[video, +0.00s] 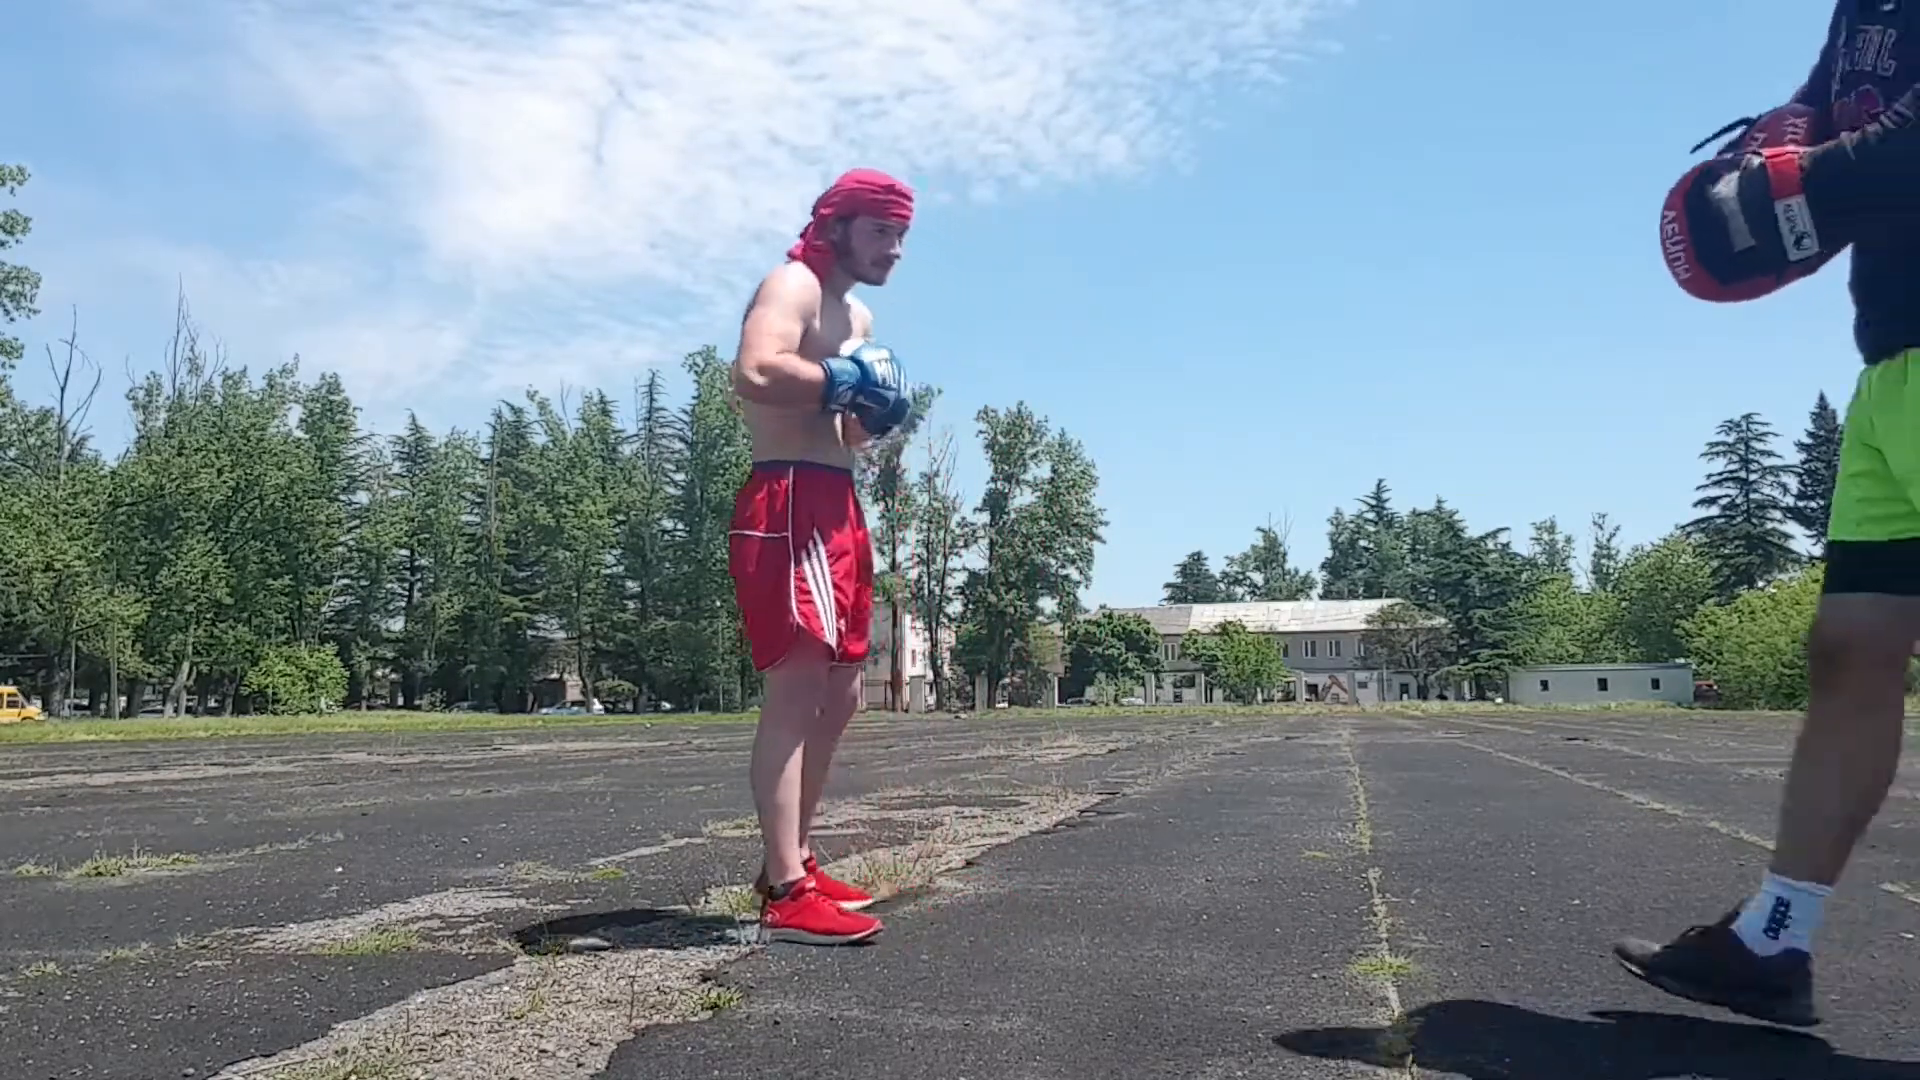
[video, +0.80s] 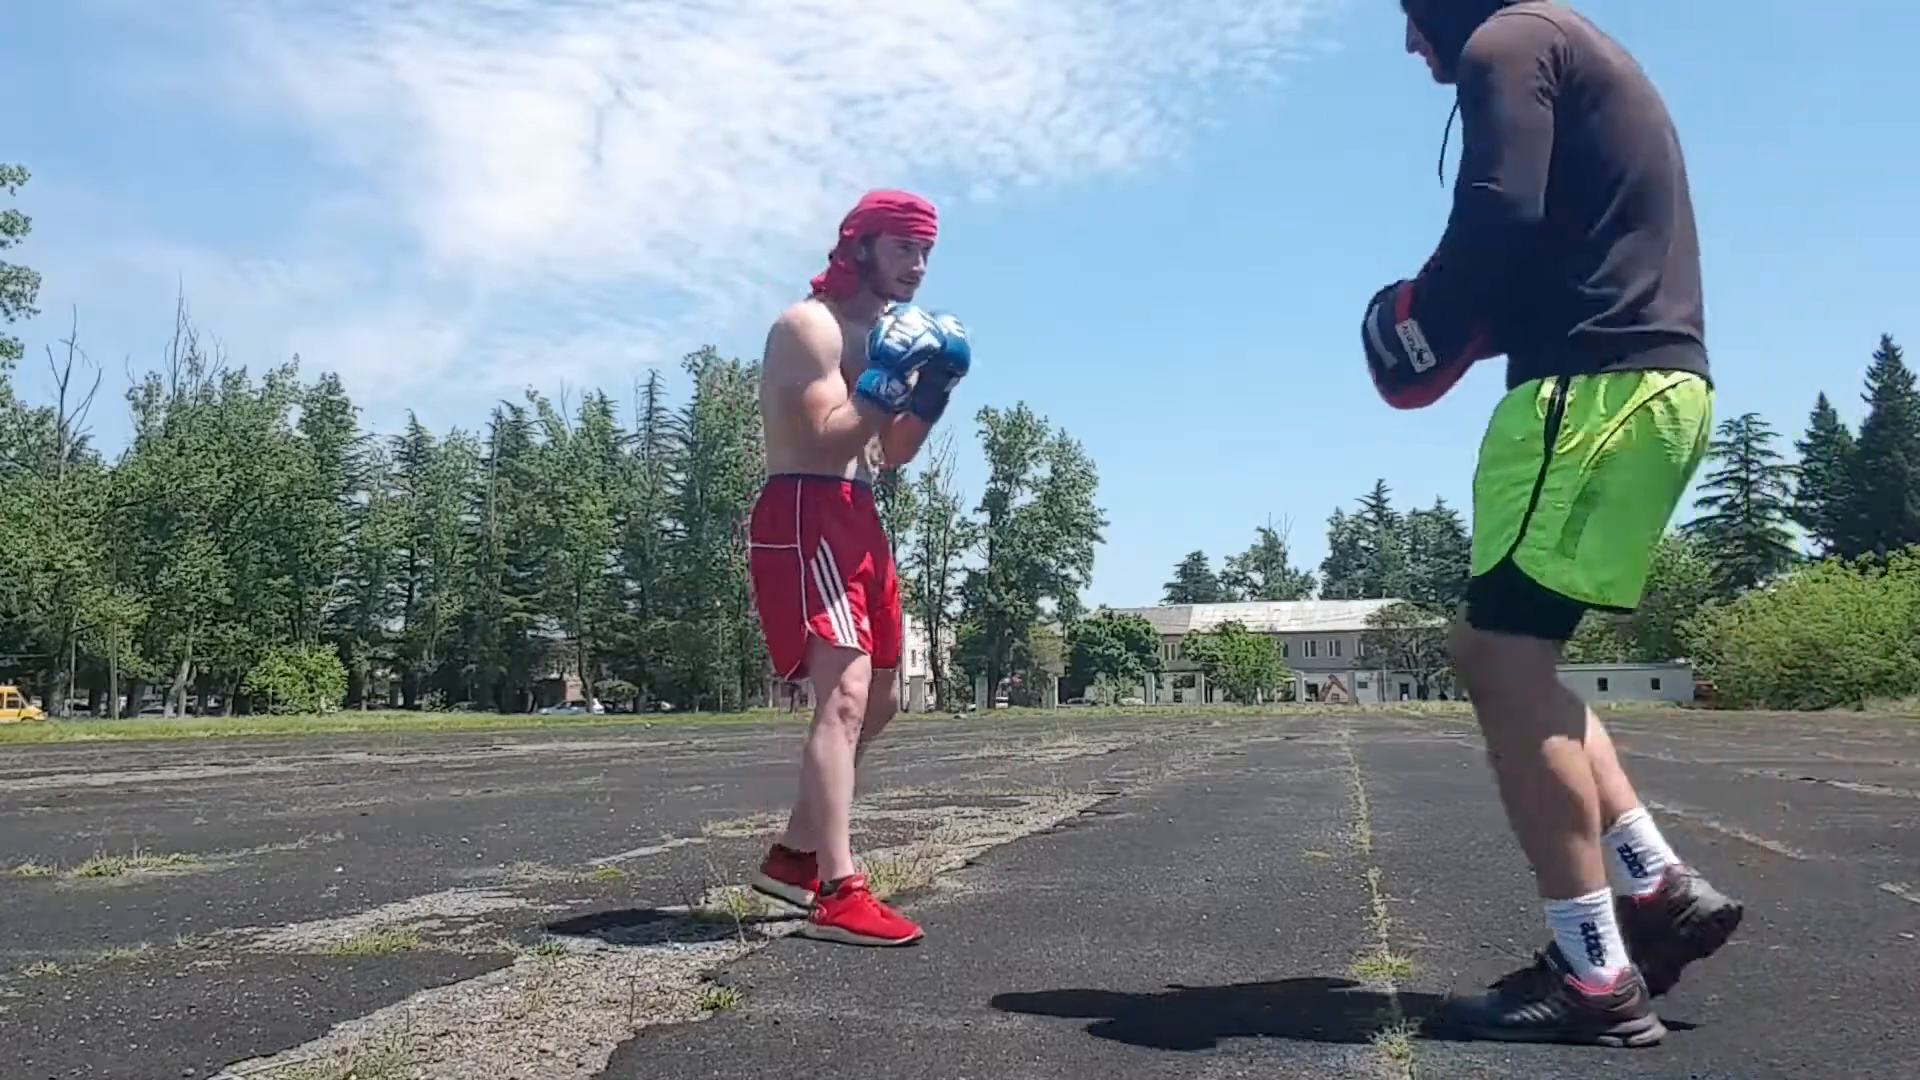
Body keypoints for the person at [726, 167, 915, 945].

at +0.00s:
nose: (895, 250)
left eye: (901, 237)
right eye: (883, 234)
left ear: (889, 243)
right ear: (836, 227)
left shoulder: (858, 318)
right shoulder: (791, 284)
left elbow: (844, 434)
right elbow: (754, 371)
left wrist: (877, 421)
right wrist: (847, 382)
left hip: (837, 504)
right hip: (785, 502)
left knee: (842, 693)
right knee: (798, 686)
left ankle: (796, 862)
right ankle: (781, 883)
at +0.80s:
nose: (917, 263)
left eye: (924, 252)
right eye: (905, 247)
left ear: (918, 262)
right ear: (859, 246)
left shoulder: (879, 338)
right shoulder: (806, 323)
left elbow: (892, 452)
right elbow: (824, 431)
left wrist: (934, 393)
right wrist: (889, 384)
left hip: (857, 516)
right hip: (807, 514)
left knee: (880, 698)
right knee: (843, 697)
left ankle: (795, 850)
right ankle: (839, 887)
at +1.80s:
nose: (960, 294)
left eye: (962, 283)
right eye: (947, 281)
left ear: (945, 292)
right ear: (905, 284)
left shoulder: (933, 368)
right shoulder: (863, 340)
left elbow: (950, 463)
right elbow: (878, 429)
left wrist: (980, 389)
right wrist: (969, 419)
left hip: (895, 536)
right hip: (851, 532)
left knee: (912, 697)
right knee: (937, 667)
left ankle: (850, 859)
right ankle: (878, 841)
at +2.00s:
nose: (990, 276)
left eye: (992, 265)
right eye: (979, 261)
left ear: (964, 270)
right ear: (937, 258)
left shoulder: (926, 351)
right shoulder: (909, 296)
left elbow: (931, 456)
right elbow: (900, 341)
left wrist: (984, 386)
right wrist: (976, 311)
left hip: (867, 519)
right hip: (872, 511)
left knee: (884, 697)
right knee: (934, 667)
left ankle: (859, 852)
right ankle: (865, 845)